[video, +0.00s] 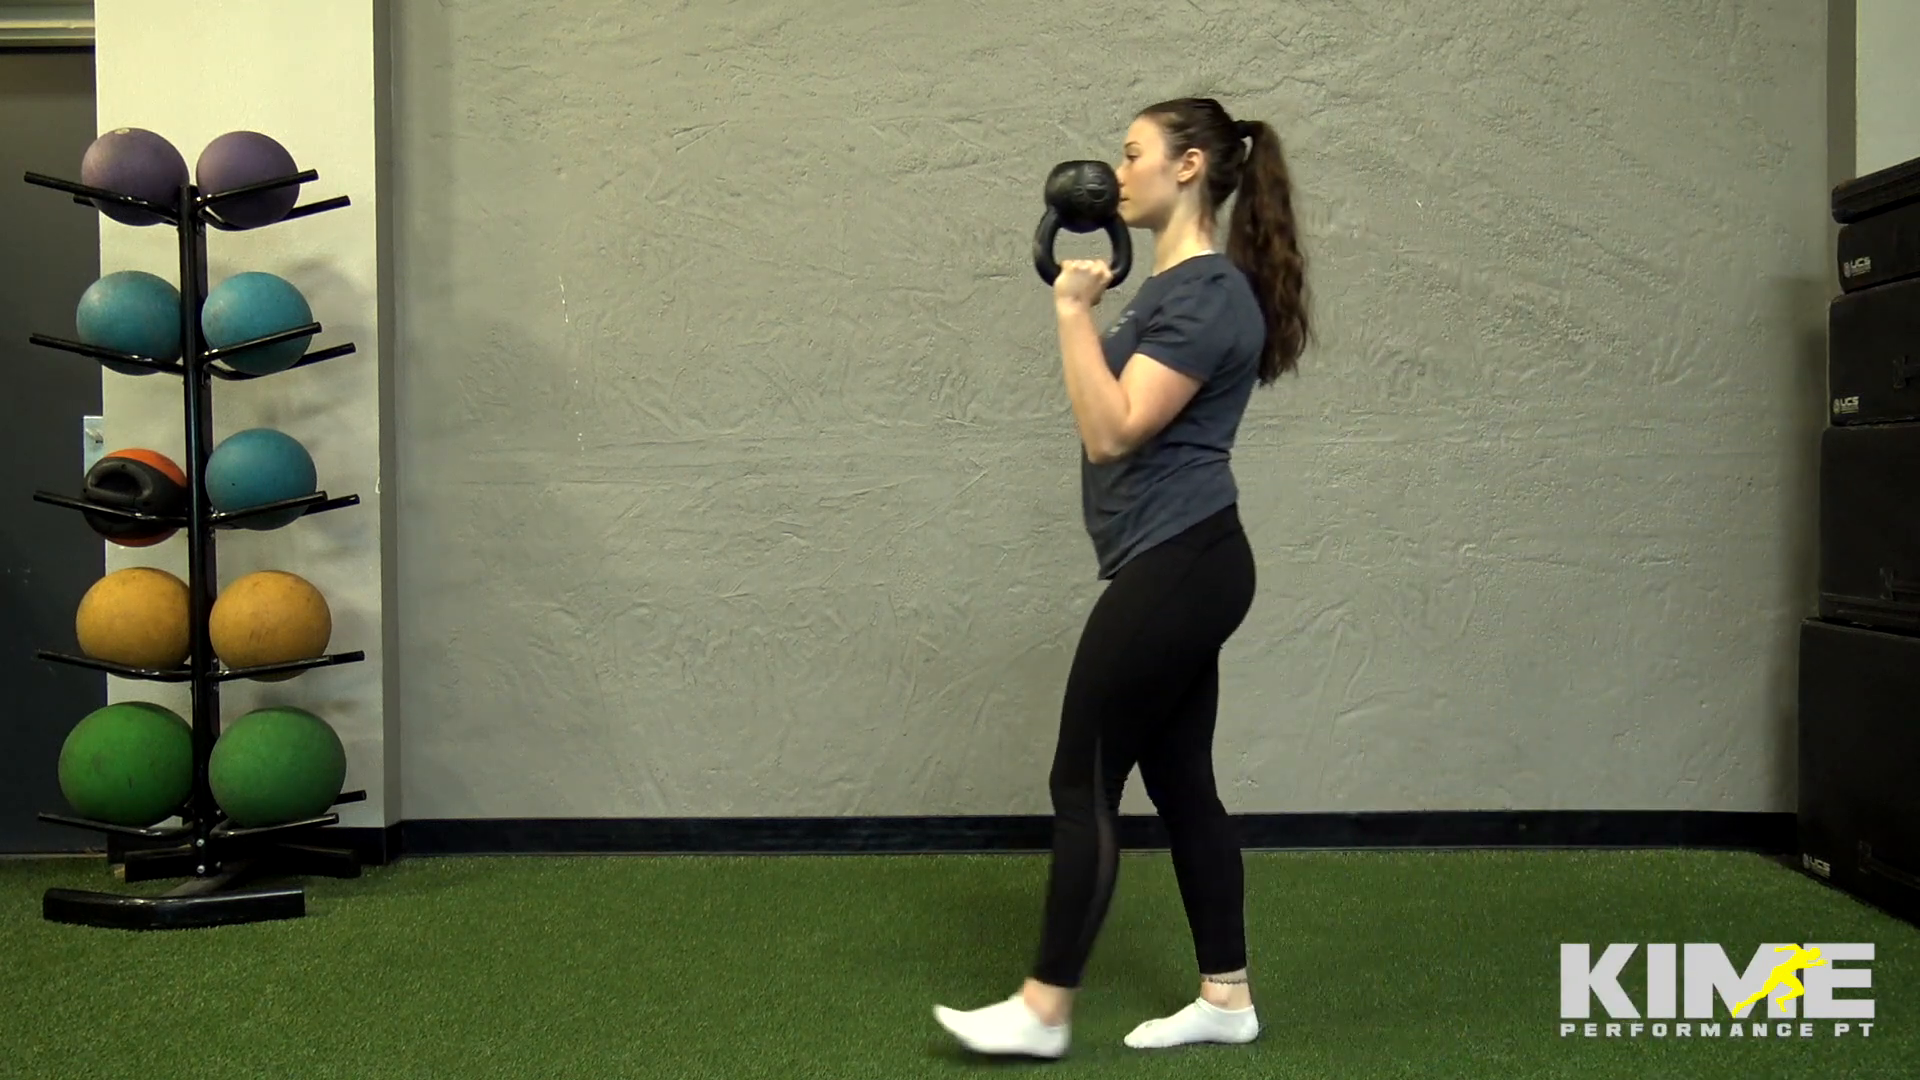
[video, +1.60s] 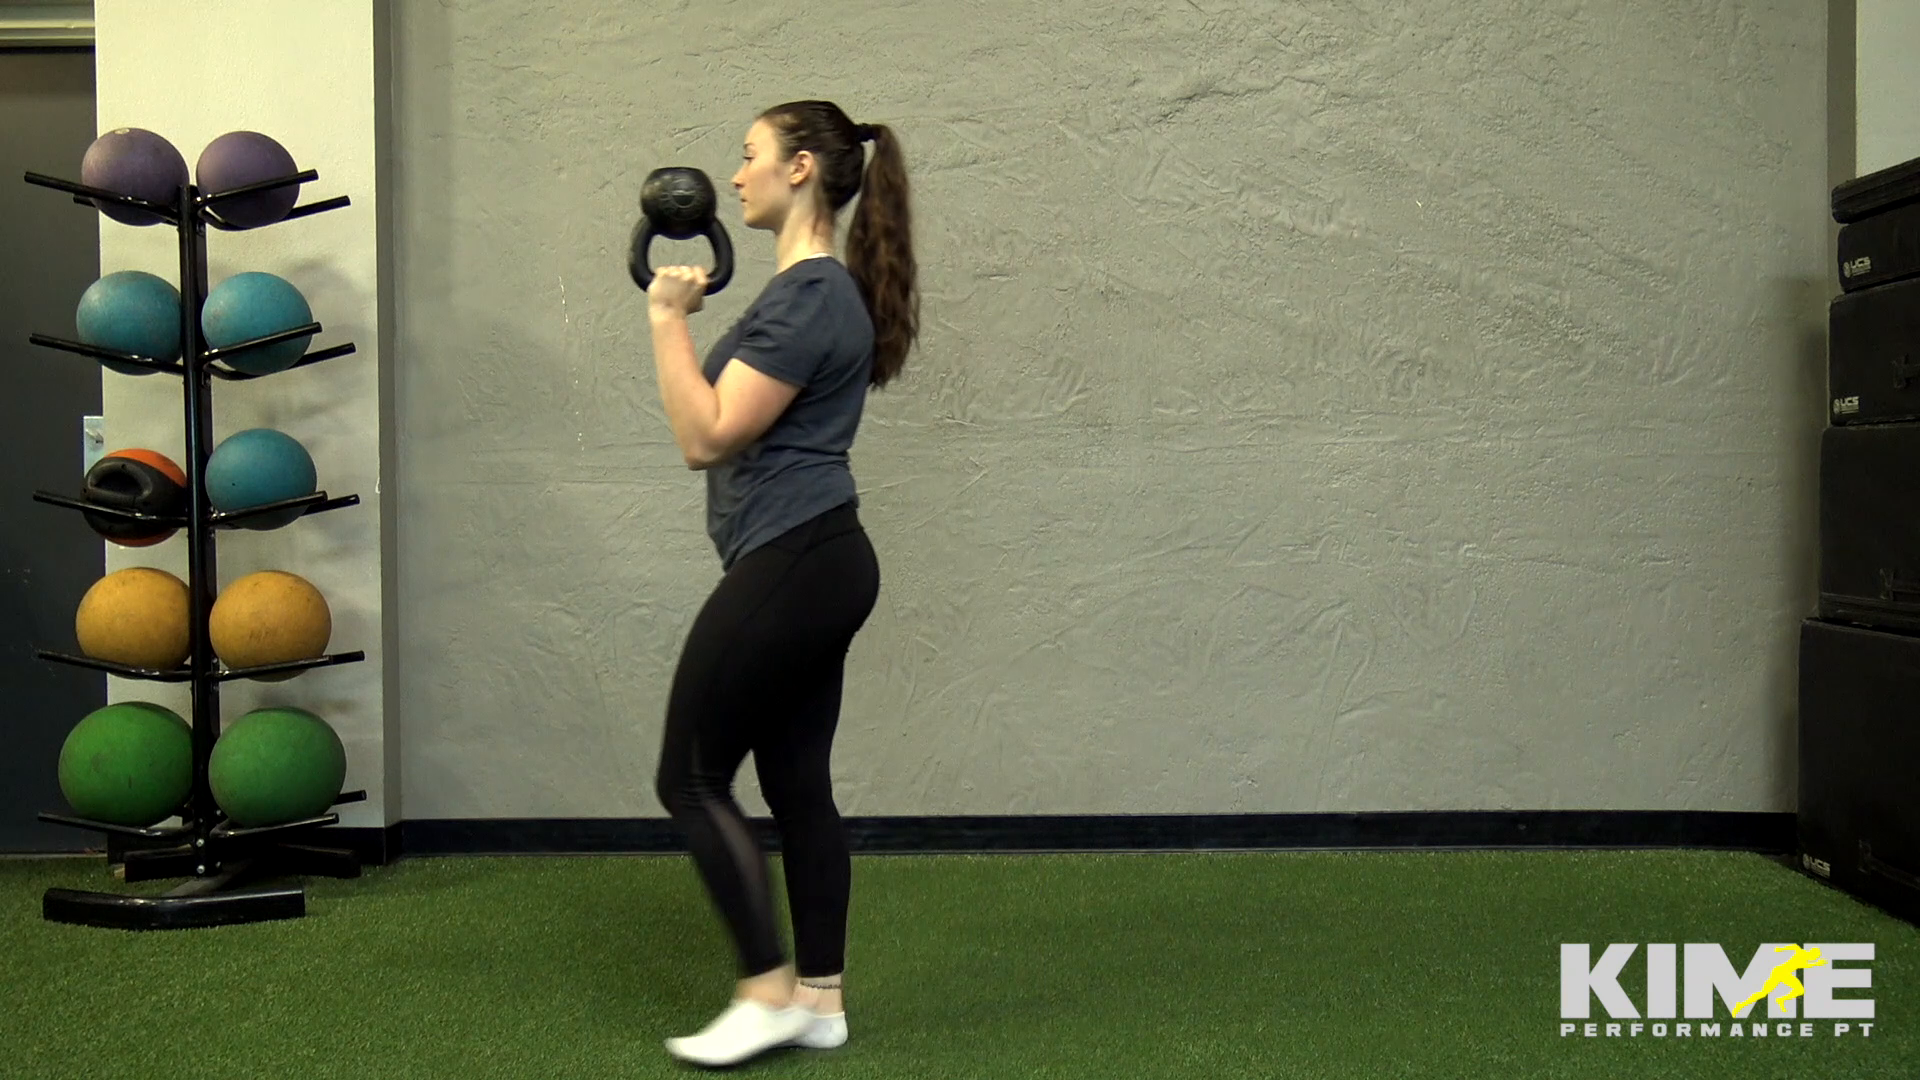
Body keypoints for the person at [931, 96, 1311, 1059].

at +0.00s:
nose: (1116, 175)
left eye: (1132, 158)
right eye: (1120, 159)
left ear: (1190, 172)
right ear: (1188, 175)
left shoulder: (1206, 293)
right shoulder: (1170, 286)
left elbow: (1111, 432)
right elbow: (1110, 424)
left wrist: (1073, 312)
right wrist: (1083, 308)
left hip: (1179, 564)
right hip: (1169, 562)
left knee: (1083, 776)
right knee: (1183, 787)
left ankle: (1044, 1006)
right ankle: (1228, 997)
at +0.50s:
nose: (998, 170)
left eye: (1015, 152)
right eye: (1004, 152)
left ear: (1069, 165)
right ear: (1072, 166)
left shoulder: (1078, 288)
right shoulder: (1067, 281)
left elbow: (979, 424)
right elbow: (976, 425)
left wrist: (940, 304)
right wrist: (950, 306)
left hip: (1053, 565)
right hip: (1058, 558)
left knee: (1020, 792)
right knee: (1045, 782)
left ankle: (1022, 1018)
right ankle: (1178, 952)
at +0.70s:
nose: (952, 168)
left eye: (968, 150)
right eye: (957, 151)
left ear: (1023, 161)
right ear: (1022, 161)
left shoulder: (1039, 286)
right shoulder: (1014, 279)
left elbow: (934, 423)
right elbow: (931, 420)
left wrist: (892, 304)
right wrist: (898, 304)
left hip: (1020, 563)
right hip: (985, 563)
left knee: (1002, 791)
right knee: (923, 775)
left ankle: (1021, 1022)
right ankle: (1049, 944)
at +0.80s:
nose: (934, 168)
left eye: (951, 150)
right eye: (939, 151)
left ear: (1004, 160)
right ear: (1004, 162)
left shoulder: (1023, 285)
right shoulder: (995, 280)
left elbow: (917, 421)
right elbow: (907, 423)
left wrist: (873, 304)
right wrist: (876, 304)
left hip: (1005, 562)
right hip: (963, 564)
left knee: (995, 793)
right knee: (899, 770)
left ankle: (1023, 1020)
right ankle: (958, 979)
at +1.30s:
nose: (813, 174)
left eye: (828, 157)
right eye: (819, 157)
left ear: (878, 171)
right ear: (884, 172)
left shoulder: (888, 295)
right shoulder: (879, 289)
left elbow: (784, 429)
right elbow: (779, 435)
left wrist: (745, 312)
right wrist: (755, 317)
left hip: (871, 564)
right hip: (857, 562)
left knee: (860, 791)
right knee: (835, 788)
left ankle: (996, 987)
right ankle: (820, 1000)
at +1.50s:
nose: (763, 176)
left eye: (778, 159)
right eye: (768, 159)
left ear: (829, 171)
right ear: (833, 173)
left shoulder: (842, 295)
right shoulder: (838, 290)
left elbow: (739, 434)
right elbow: (736, 434)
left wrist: (697, 317)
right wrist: (705, 318)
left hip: (817, 563)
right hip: (832, 558)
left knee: (739, 792)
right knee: (811, 788)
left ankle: (894, 956)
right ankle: (817, 1000)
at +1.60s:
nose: (735, 176)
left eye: (749, 159)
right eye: (740, 159)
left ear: (800, 171)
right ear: (806, 173)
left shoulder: (812, 295)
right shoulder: (818, 290)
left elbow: (710, 433)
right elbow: (706, 434)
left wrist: (669, 317)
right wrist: (676, 318)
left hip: (788, 564)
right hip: (821, 558)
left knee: (689, 781)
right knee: (800, 782)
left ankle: (768, 992)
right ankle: (818, 993)